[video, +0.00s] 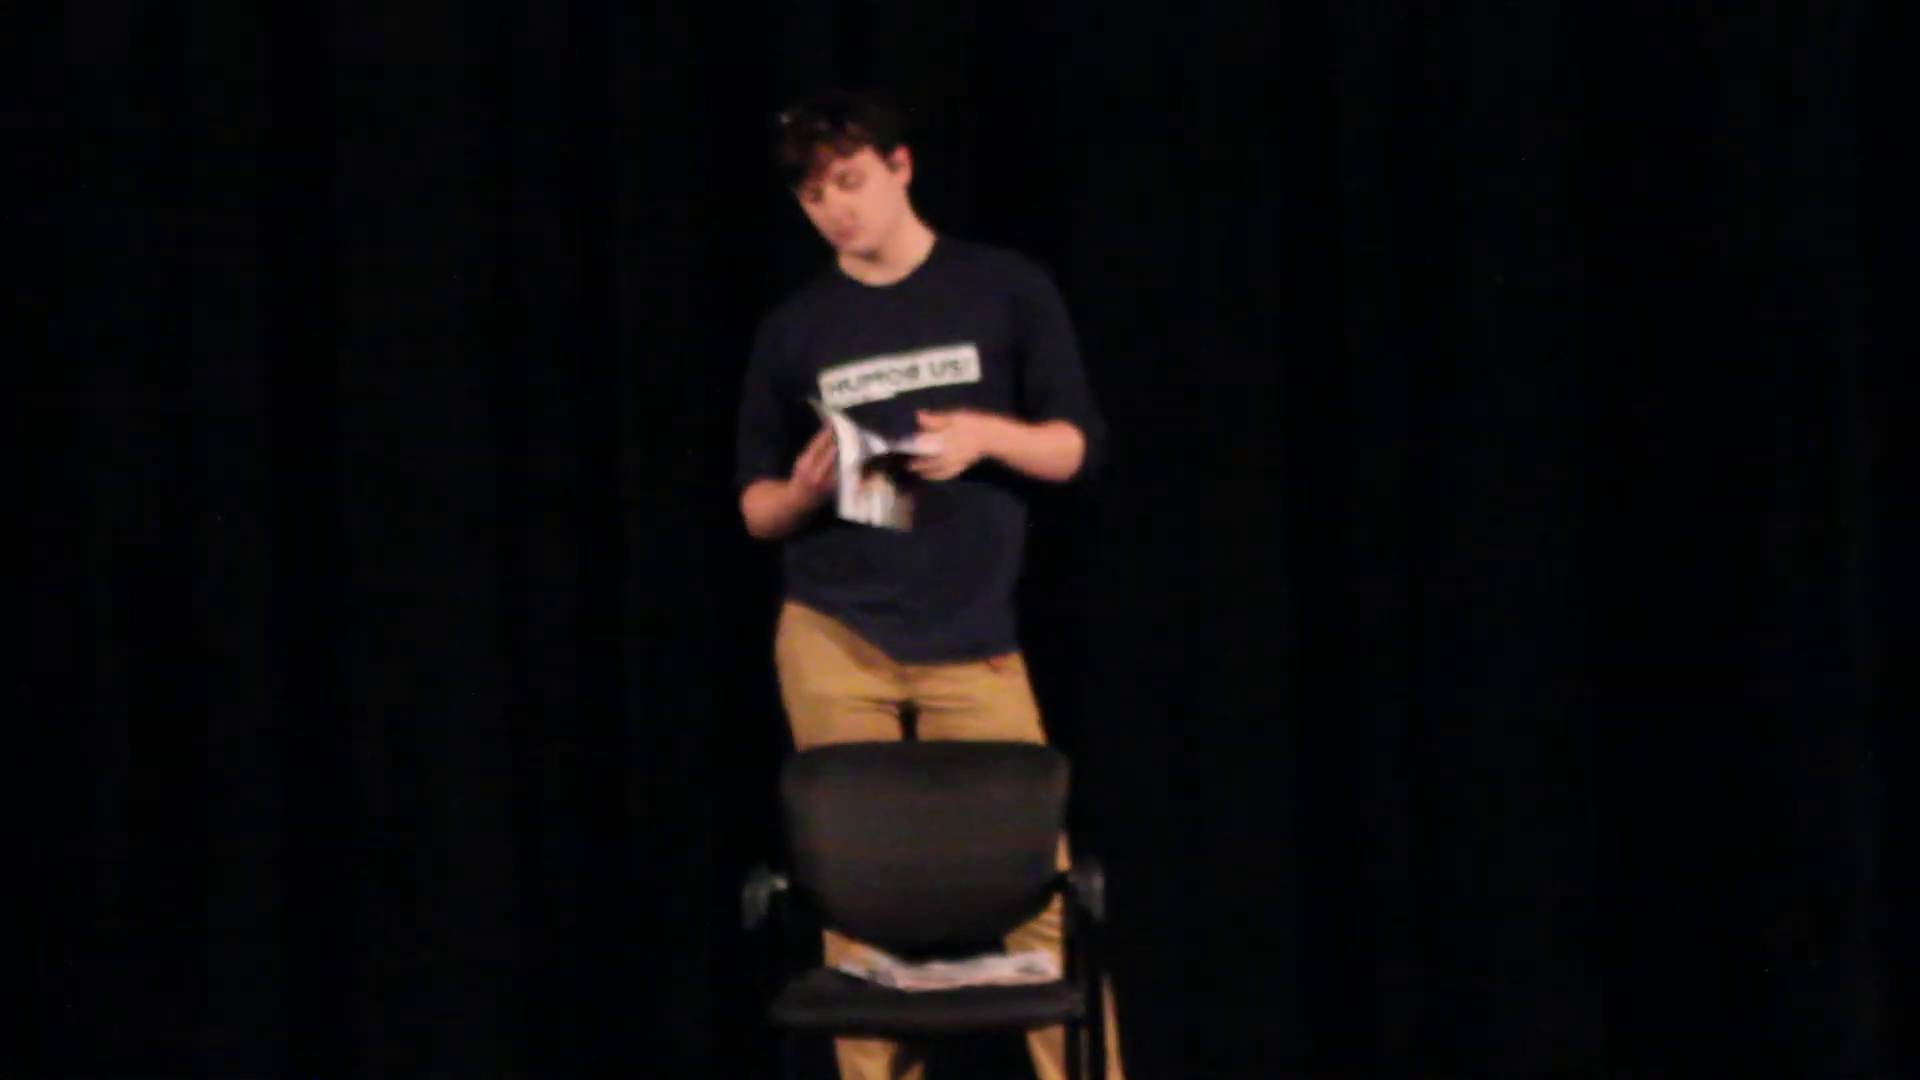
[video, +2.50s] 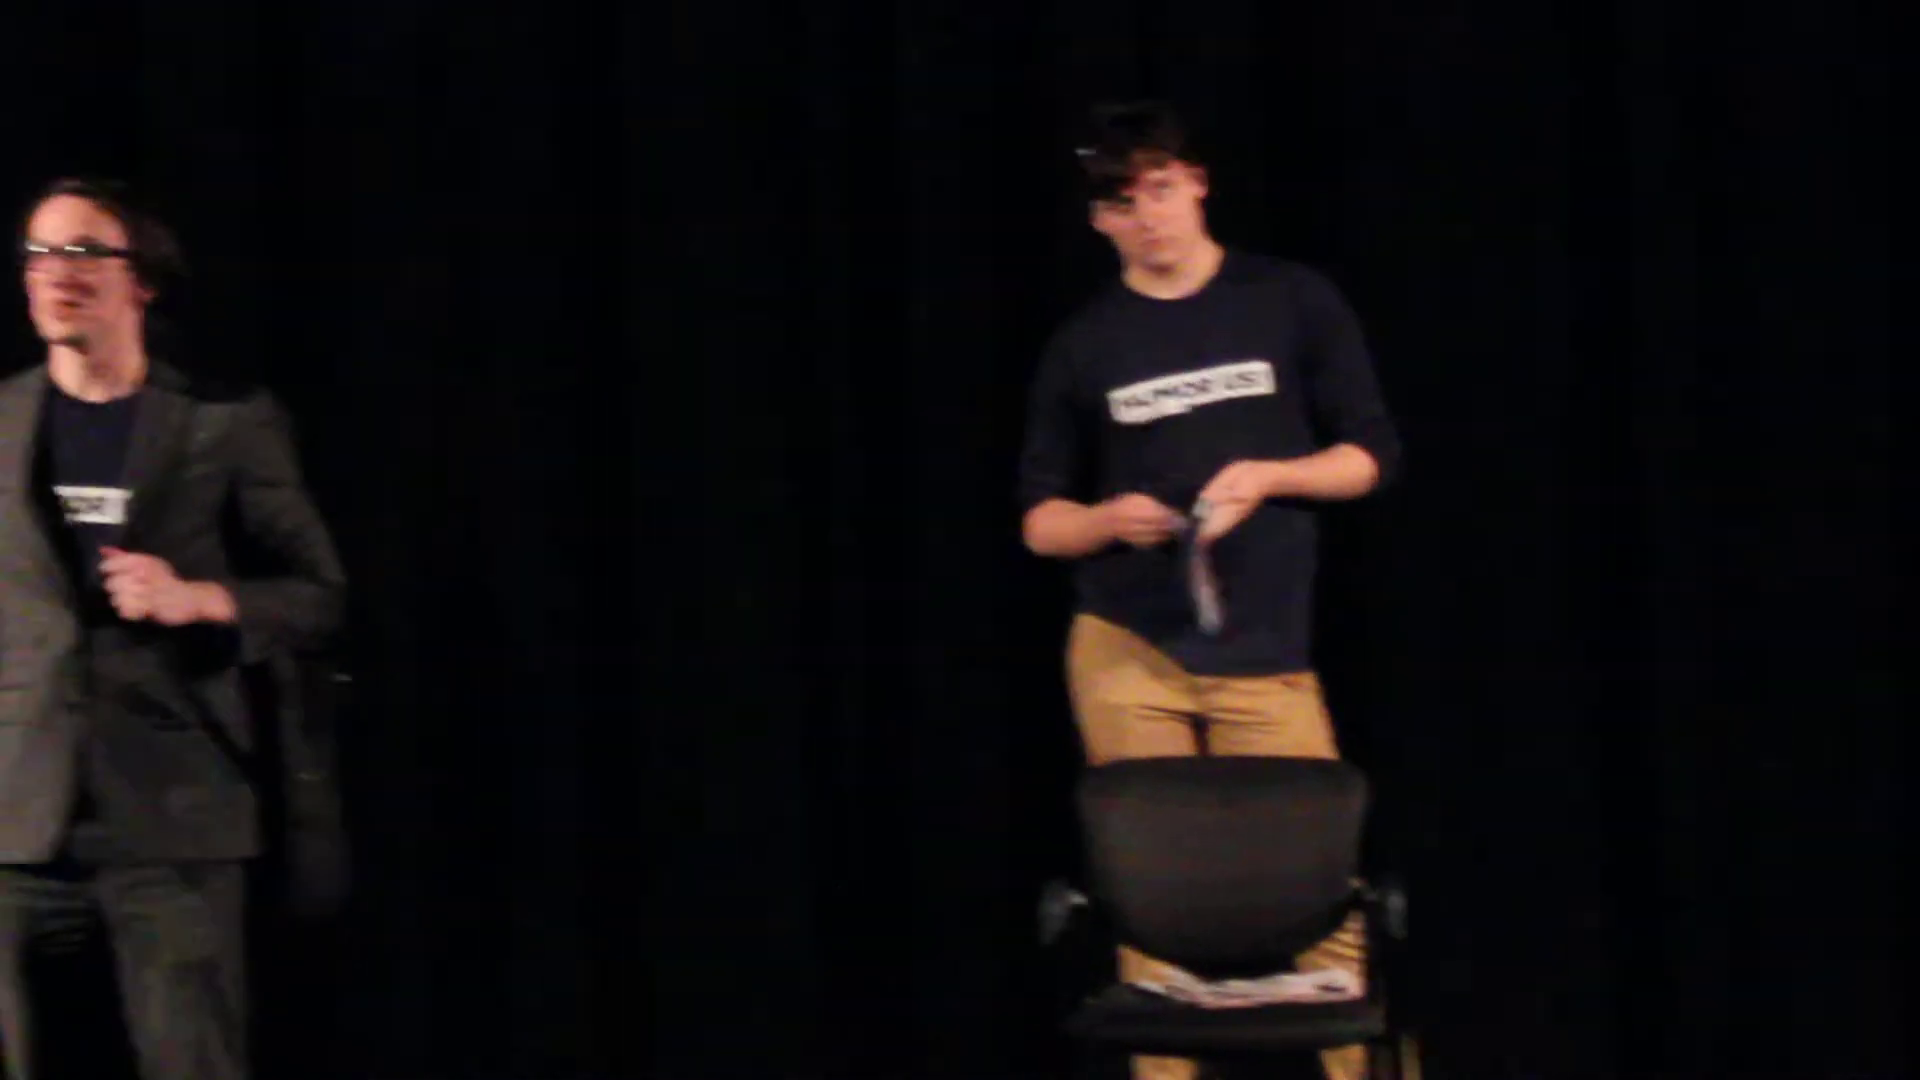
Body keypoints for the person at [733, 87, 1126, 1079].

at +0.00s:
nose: (834, 206)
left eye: (846, 179)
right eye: (815, 191)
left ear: (900, 166)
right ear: (802, 207)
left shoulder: (1007, 291)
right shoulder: (795, 328)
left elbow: (1074, 448)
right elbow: (755, 511)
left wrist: (986, 435)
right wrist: (803, 491)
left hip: (973, 637)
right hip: (832, 637)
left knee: (1031, 874)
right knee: (854, 884)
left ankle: (1083, 1074)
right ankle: (871, 1079)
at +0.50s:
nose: (821, 153)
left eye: (834, 126)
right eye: (802, 139)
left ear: (886, 114)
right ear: (789, 156)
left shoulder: (993, 236)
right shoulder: (786, 277)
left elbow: (1069, 391)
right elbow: (747, 461)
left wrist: (957, 380)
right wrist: (807, 424)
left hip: (967, 586)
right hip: (827, 585)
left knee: (1023, 828)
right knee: (855, 837)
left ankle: (1099, 1066)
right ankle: (881, 1068)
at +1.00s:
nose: (817, 147)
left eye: (834, 117)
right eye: (806, 126)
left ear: (893, 112)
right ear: (796, 141)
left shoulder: (997, 231)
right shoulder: (802, 266)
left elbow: (1075, 382)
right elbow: (757, 442)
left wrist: (993, 377)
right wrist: (815, 387)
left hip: (976, 568)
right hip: (843, 572)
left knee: (1024, 798)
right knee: (857, 806)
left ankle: (1088, 1035)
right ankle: (882, 1036)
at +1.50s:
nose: (854, 127)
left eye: (871, 99)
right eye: (839, 110)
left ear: (927, 94)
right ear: (825, 130)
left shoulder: (1032, 223)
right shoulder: (826, 261)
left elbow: (1108, 377)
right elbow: (782, 446)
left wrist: (1053, 366)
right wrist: (827, 399)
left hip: (1003, 560)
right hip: (860, 559)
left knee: (1060, 811)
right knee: (888, 818)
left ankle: (1133, 1055)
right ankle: (916, 1064)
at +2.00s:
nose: (909, 166)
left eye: (925, 138)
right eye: (894, 148)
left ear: (981, 125)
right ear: (880, 164)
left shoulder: (1086, 255)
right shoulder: (878, 290)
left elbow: (1159, 412)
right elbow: (834, 480)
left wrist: (1100, 397)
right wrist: (877, 435)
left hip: (1053, 597)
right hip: (910, 593)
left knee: (1104, 847)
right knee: (930, 851)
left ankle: (1161, 1067)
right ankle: (955, 1069)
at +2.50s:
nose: (1148, 214)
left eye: (1162, 188)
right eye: (1124, 199)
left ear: (1201, 188)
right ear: (1100, 222)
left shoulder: (1294, 305)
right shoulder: (1082, 347)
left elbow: (1372, 455)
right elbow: (1038, 524)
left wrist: (1269, 476)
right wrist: (1107, 518)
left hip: (1266, 654)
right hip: (1127, 656)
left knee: (1317, 889)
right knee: (1156, 894)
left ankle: (1357, 1069)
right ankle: (1164, 1078)